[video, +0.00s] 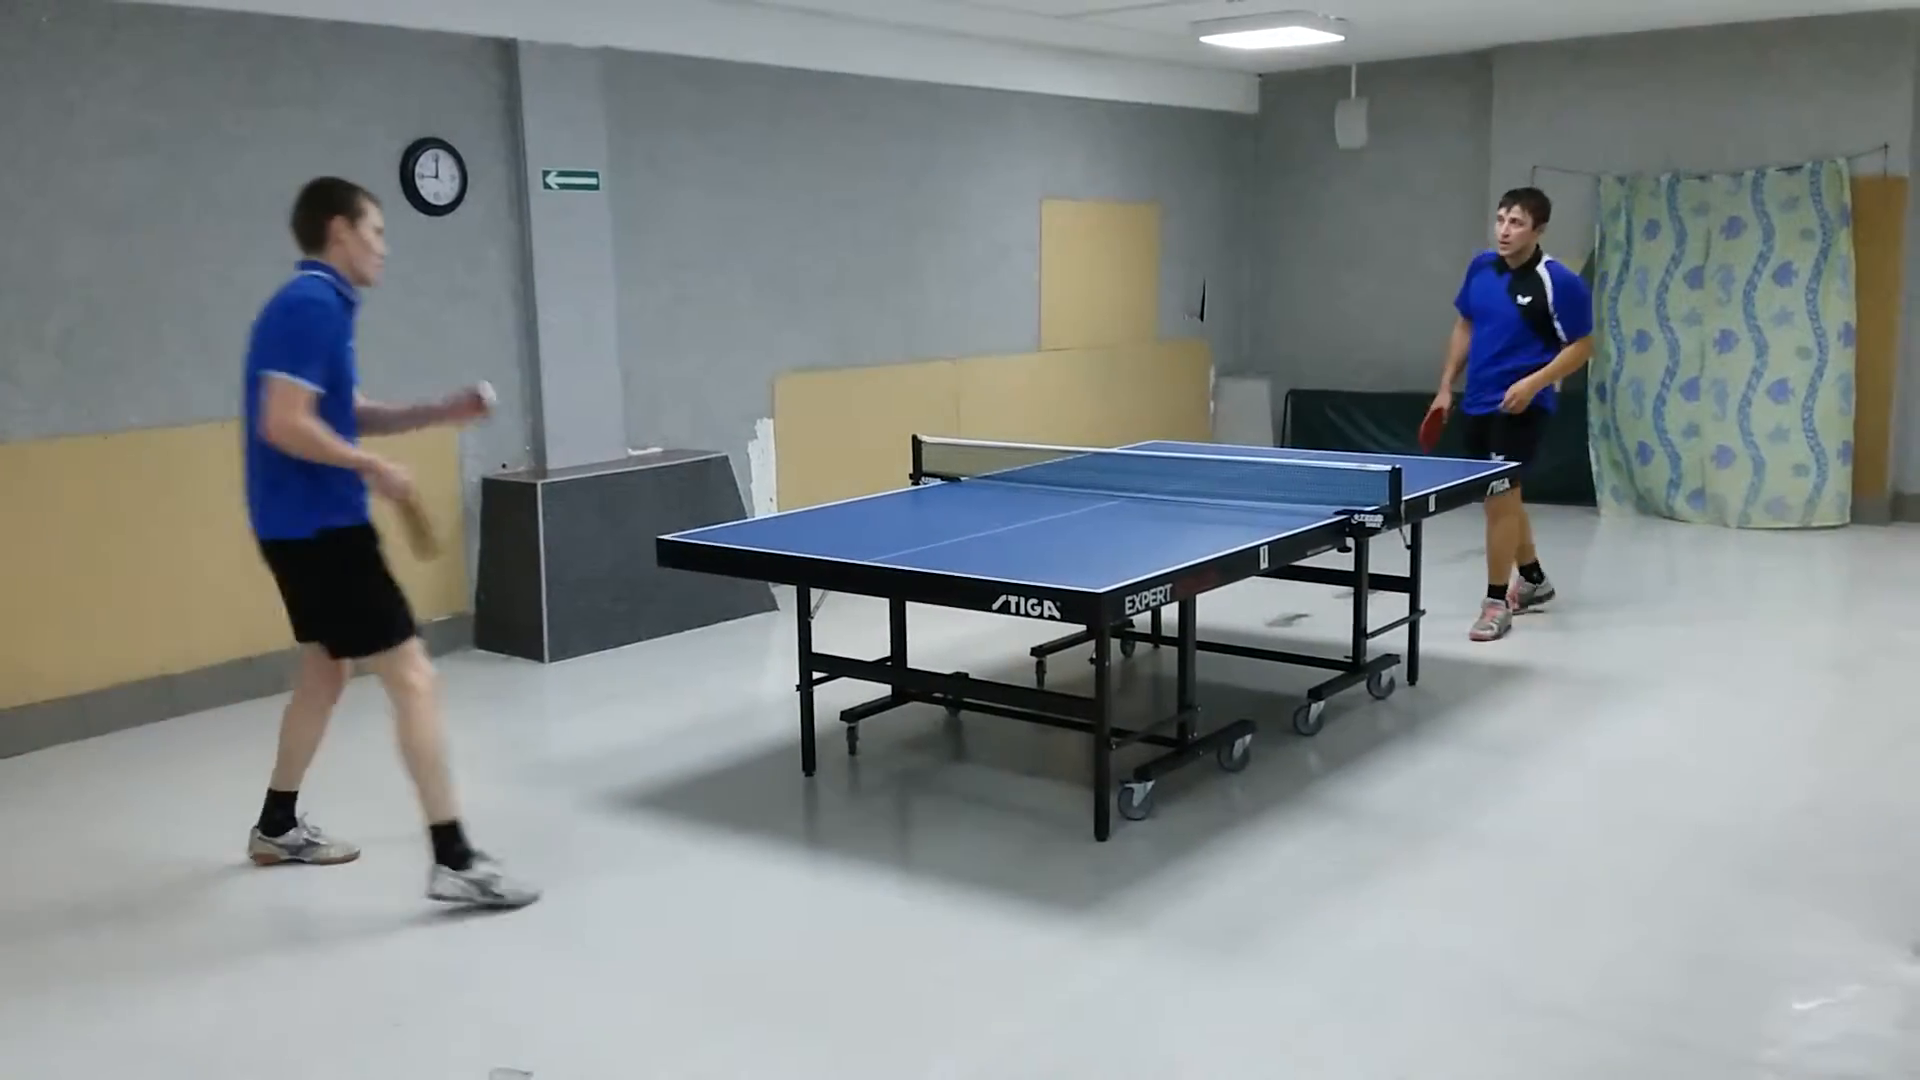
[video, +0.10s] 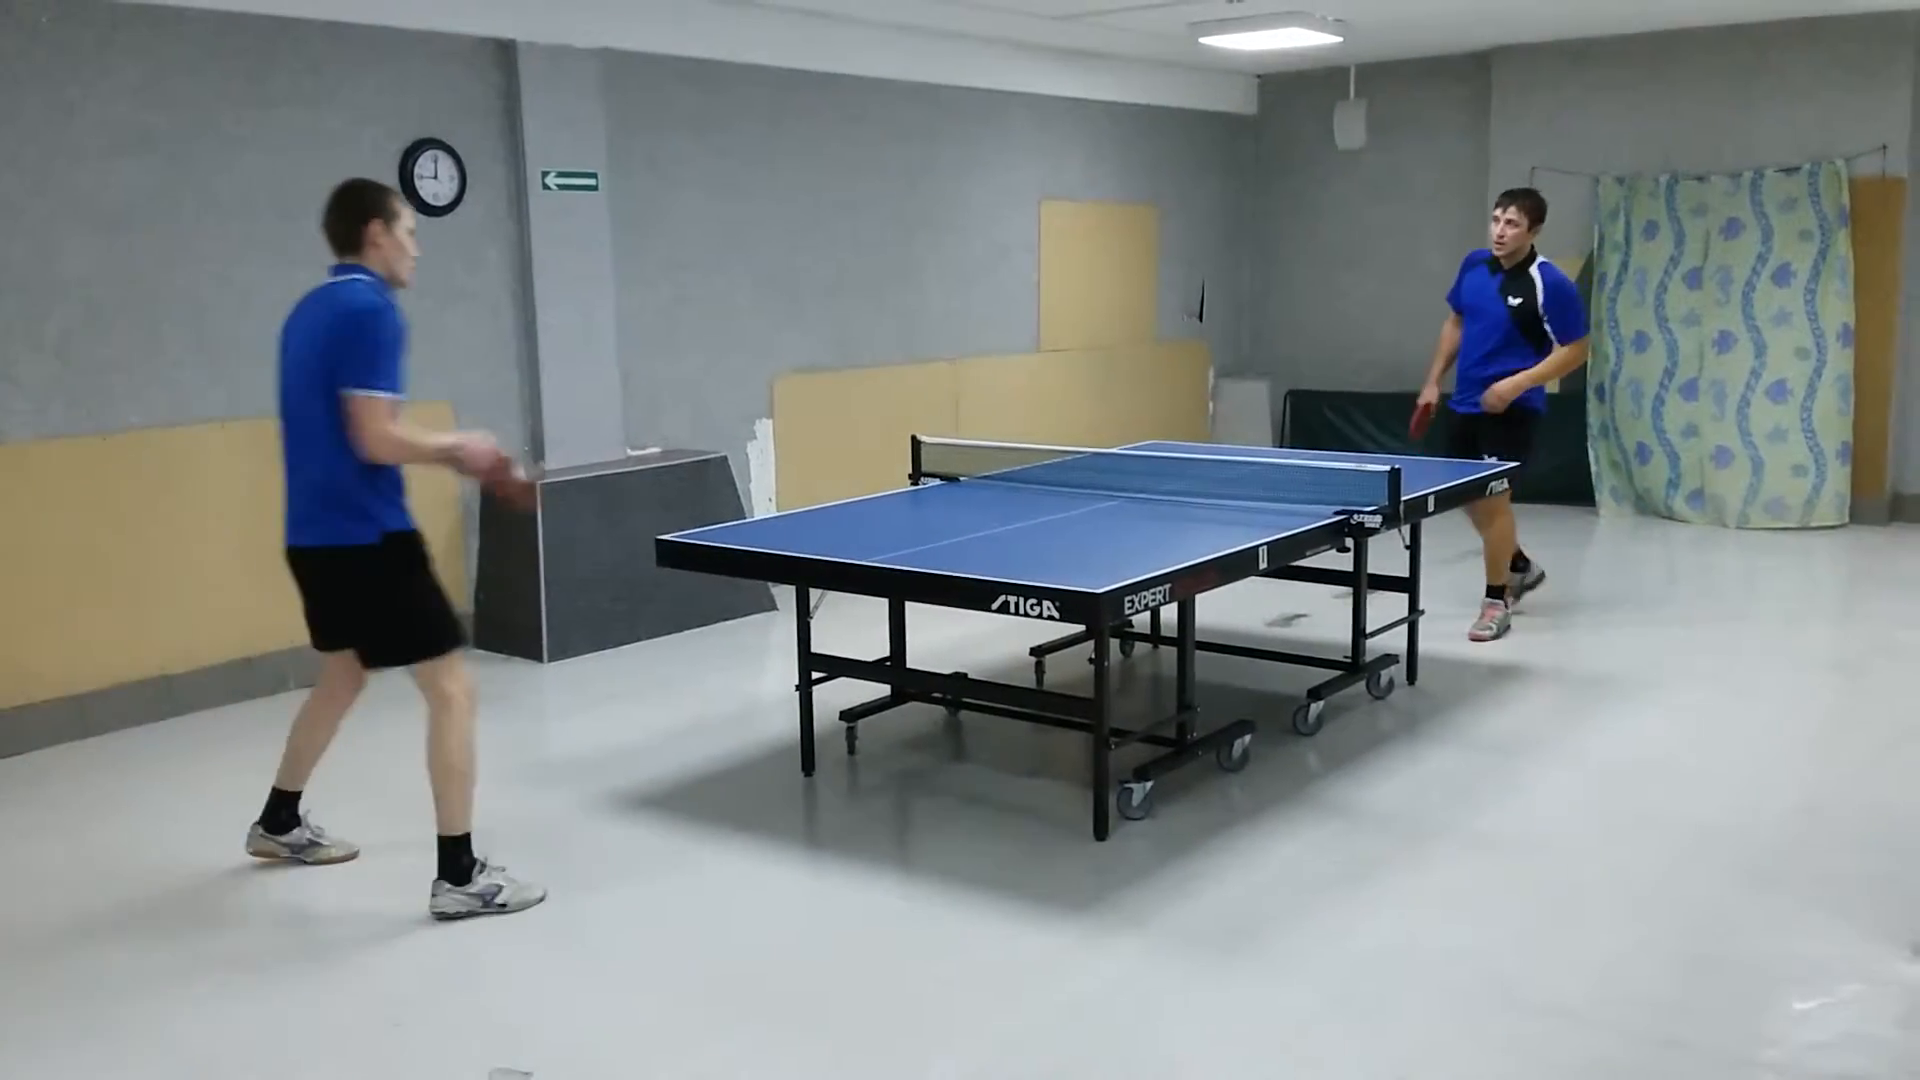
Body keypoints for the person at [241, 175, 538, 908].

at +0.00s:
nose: (383, 247)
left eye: (381, 234)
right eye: (373, 231)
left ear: (333, 236)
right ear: (335, 233)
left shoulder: (323, 305)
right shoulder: (311, 304)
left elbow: (343, 417)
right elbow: (282, 423)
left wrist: (440, 413)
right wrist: (375, 468)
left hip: (305, 527)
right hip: (320, 529)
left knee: (324, 669)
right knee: (414, 675)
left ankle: (276, 826)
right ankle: (453, 861)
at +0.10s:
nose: (416, 248)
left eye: (415, 234)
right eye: (408, 234)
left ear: (355, 239)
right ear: (376, 235)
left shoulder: (309, 311)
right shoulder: (370, 307)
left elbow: (352, 439)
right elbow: (375, 438)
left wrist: (453, 450)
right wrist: (459, 448)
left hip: (315, 542)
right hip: (371, 540)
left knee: (343, 674)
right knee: (451, 687)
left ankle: (277, 820)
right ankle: (459, 874)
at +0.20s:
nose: (448, 241)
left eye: (445, 225)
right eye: (441, 226)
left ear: (380, 235)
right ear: (412, 231)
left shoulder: (324, 310)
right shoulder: (417, 308)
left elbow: (350, 436)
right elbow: (466, 438)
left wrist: (437, 490)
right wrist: (530, 408)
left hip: (334, 539)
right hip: (402, 538)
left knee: (369, 677)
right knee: (470, 688)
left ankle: (293, 831)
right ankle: (460, 877)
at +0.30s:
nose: (469, 232)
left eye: (467, 217)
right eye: (464, 218)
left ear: (395, 224)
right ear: (436, 222)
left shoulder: (336, 299)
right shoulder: (448, 303)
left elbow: (312, 419)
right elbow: (503, 430)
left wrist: (390, 441)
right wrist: (564, 383)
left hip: (349, 535)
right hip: (426, 532)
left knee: (391, 677)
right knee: (473, 688)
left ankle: (320, 843)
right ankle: (463, 877)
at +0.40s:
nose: (484, 213)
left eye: (478, 198)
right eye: (475, 199)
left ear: (411, 209)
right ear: (450, 207)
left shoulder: (349, 289)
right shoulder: (466, 295)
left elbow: (308, 403)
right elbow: (521, 424)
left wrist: (366, 460)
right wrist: (580, 382)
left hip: (374, 528)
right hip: (455, 525)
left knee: (411, 672)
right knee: (483, 683)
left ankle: (364, 854)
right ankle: (473, 867)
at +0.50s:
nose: (488, 223)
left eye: (484, 208)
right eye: (481, 209)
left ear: (413, 215)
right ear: (456, 214)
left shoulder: (349, 297)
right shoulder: (472, 303)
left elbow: (305, 408)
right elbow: (510, 433)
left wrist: (363, 472)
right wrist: (578, 407)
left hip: (380, 543)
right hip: (467, 537)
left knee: (411, 698)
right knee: (498, 693)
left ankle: (383, 896)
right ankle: (475, 874)